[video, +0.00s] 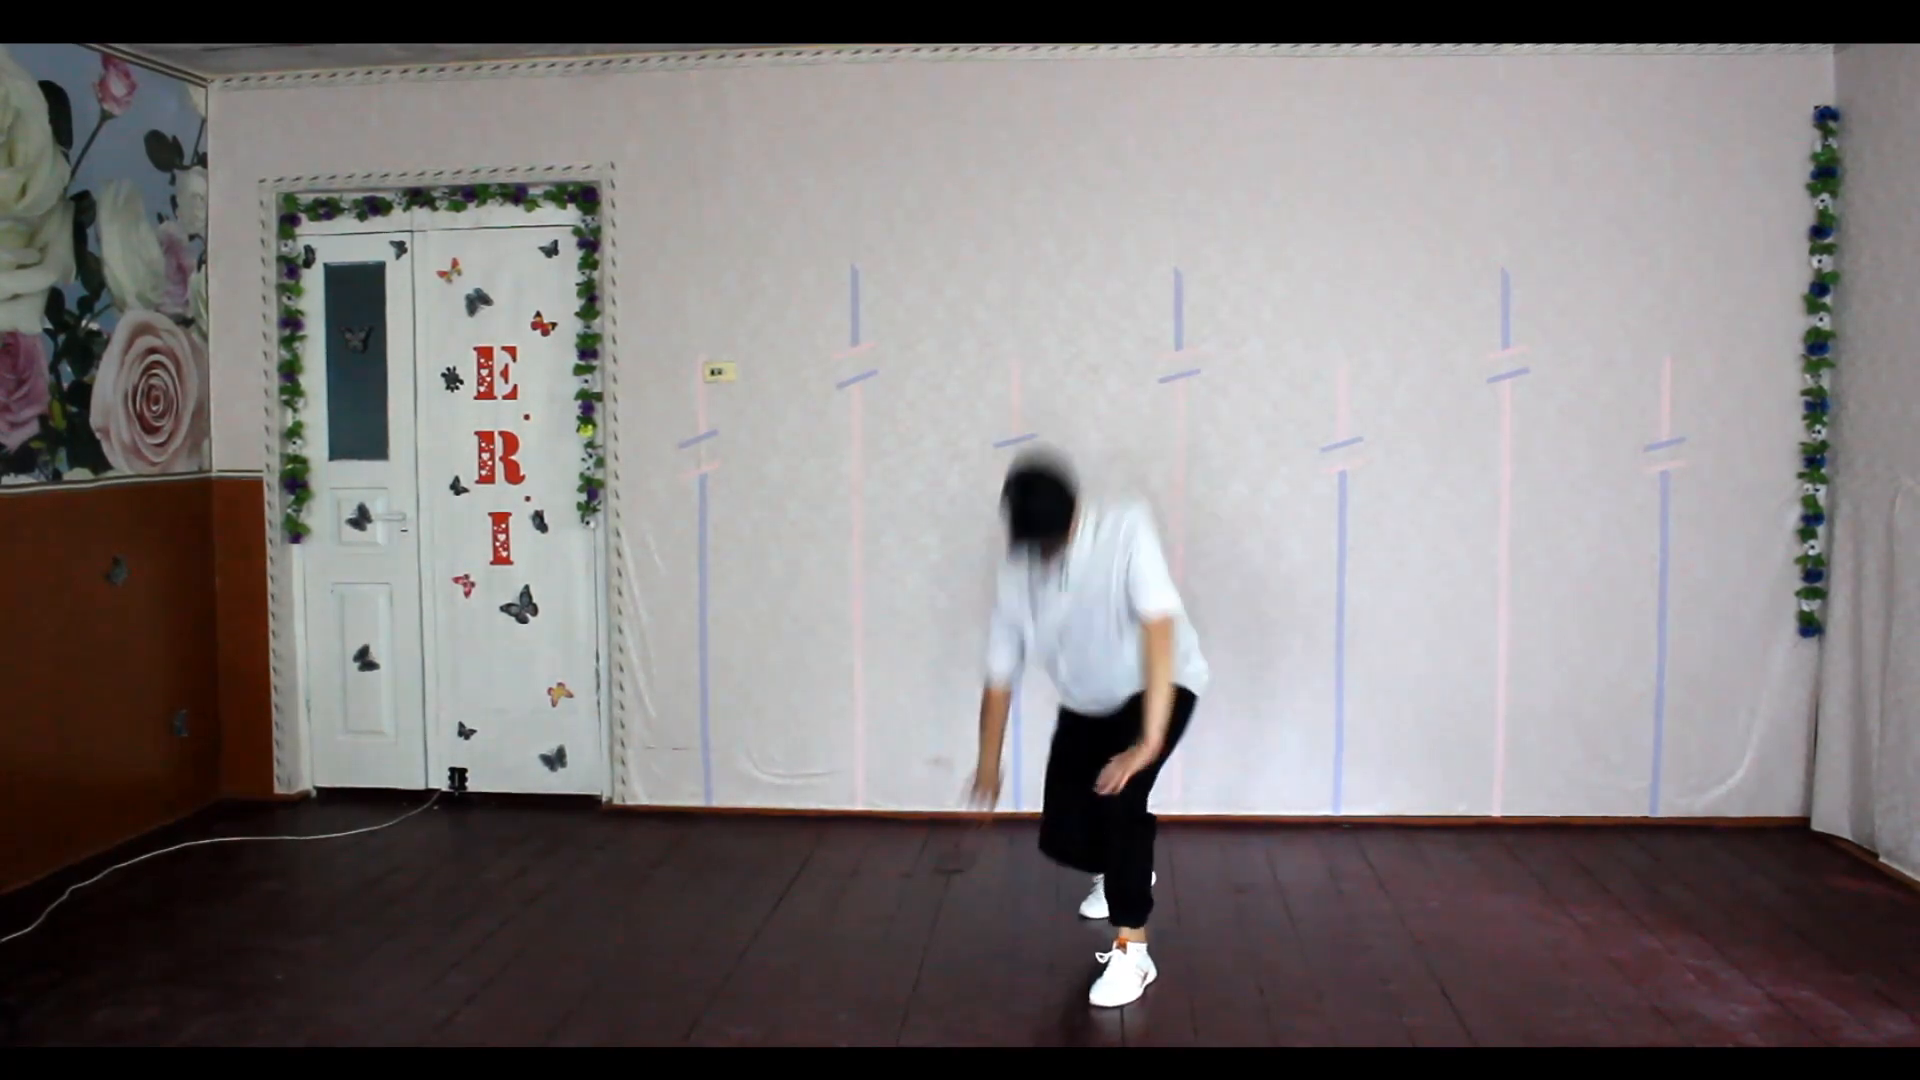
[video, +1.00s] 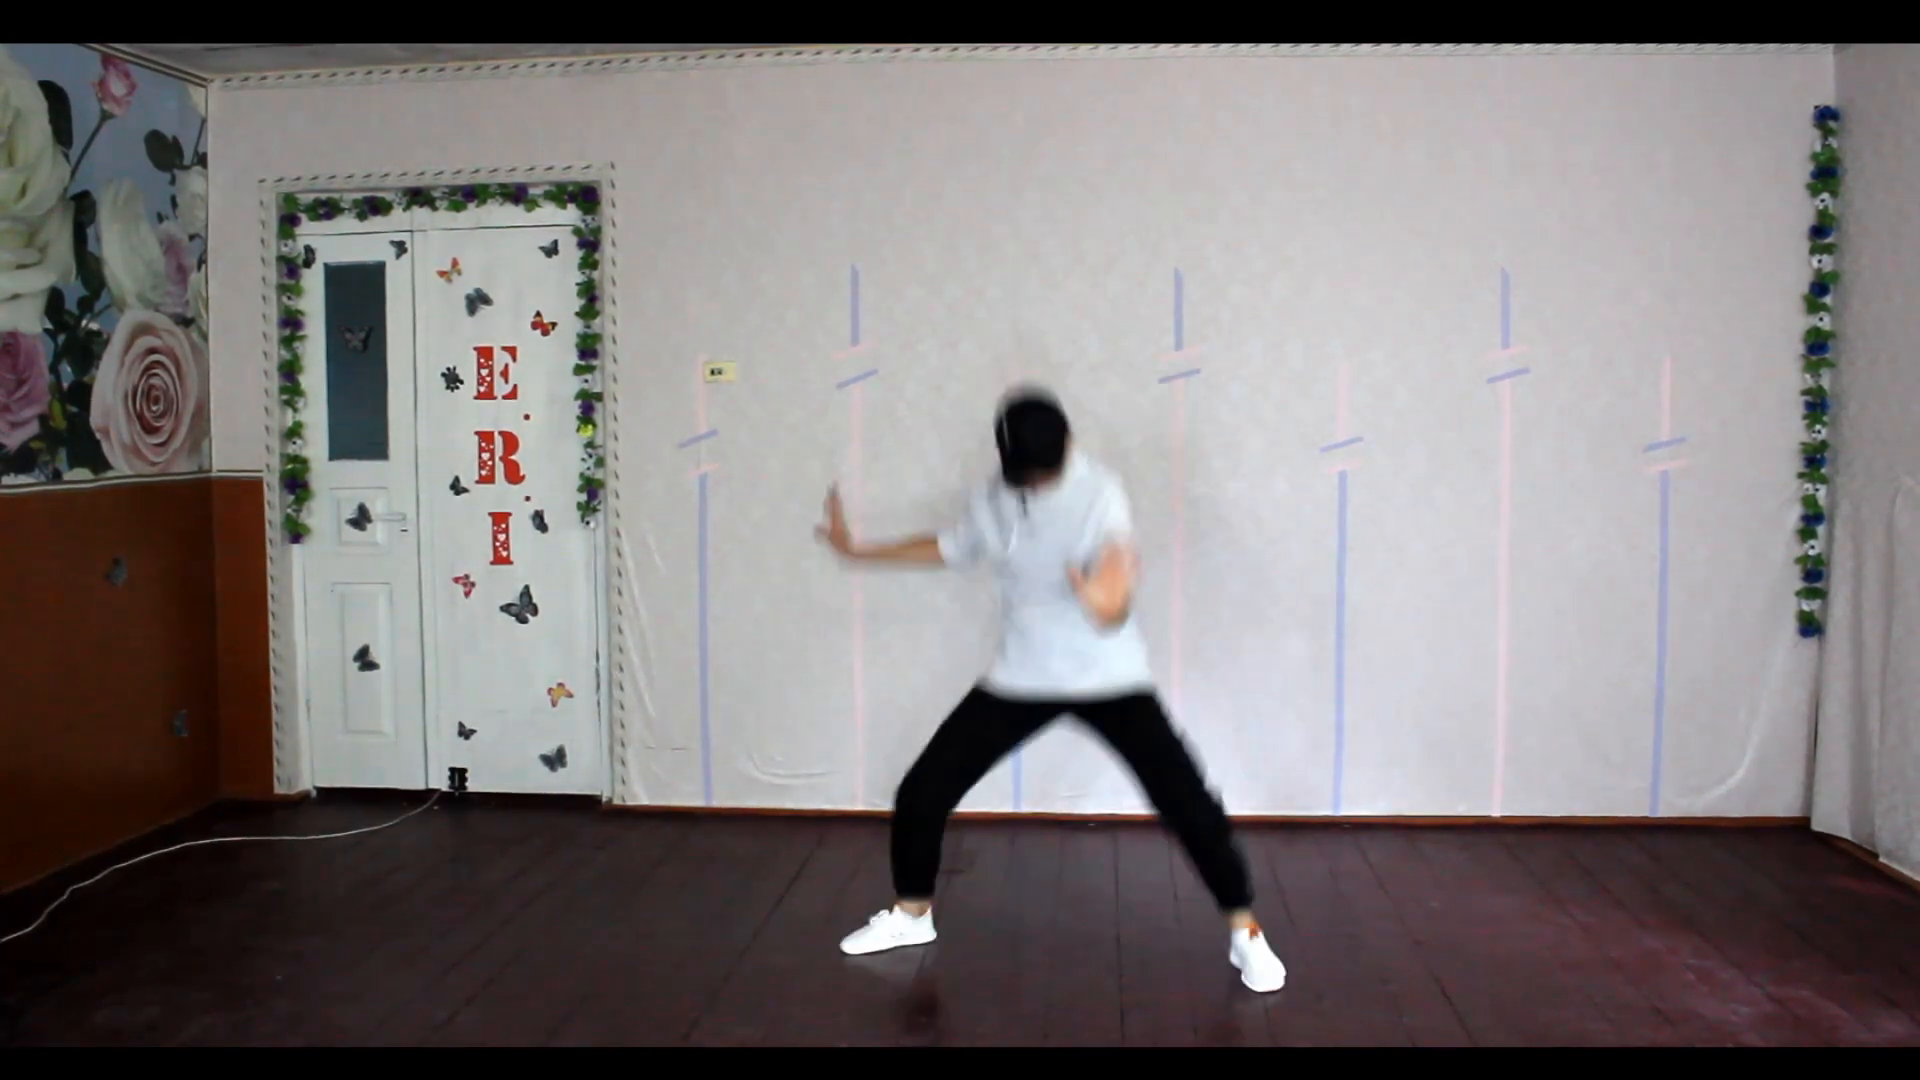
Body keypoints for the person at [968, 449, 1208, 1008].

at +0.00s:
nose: (1047, 551)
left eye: (1054, 539)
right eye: (1035, 543)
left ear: (1071, 515)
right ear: (1018, 529)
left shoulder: (1124, 529)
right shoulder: (1017, 566)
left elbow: (1161, 629)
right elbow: (1000, 674)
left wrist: (1150, 740)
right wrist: (988, 764)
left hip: (1153, 693)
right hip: (1085, 702)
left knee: (1121, 806)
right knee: (1063, 832)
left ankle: (1131, 951)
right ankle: (1126, 868)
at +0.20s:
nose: (1069, 373)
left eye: (1077, 359)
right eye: (1059, 360)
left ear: (1094, 346)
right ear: (1047, 351)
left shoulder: (1143, 385)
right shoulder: (1026, 410)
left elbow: (1160, 476)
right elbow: (1000, 498)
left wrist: (1068, 545)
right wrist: (1034, 556)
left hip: (1139, 604)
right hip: (1063, 609)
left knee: (1132, 747)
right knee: (1059, 731)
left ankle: (1143, 915)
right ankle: (1095, 840)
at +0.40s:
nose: (1083, 365)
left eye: (1091, 352)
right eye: (1071, 353)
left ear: (1108, 336)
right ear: (1052, 342)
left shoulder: (1149, 390)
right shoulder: (1027, 401)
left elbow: (1166, 494)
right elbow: (1007, 483)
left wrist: (1069, 509)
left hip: (1130, 606)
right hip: (1050, 604)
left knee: (1122, 754)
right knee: (1049, 755)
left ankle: (1124, 910)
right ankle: (1055, 908)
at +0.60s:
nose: (1085, 405)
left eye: (1095, 393)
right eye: (1073, 395)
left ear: (1111, 377)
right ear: (1051, 380)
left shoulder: (1147, 430)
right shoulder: (1018, 436)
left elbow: (1167, 528)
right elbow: (990, 523)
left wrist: (1073, 546)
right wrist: (1040, 553)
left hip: (1124, 636)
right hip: (1043, 634)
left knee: (1114, 777)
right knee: (1050, 781)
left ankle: (1113, 916)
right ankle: (1065, 925)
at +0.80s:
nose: (1052, 388)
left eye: (1064, 376)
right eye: (1041, 376)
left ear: (1088, 354)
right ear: (1023, 360)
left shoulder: (1132, 396)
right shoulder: (1005, 406)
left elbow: (1179, 470)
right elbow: (959, 454)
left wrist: (1094, 512)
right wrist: (967, 538)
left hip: (1118, 612)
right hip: (1034, 610)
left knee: (1127, 759)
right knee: (1015, 762)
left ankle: (1129, 909)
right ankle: (1043, 909)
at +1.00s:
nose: (1036, 486)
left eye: (1045, 475)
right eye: (1025, 477)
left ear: (1064, 455)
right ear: (1006, 460)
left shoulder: (1099, 494)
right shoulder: (995, 500)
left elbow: (1116, 595)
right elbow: (949, 548)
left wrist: (1102, 599)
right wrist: (858, 552)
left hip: (1110, 680)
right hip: (1021, 680)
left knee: (1187, 801)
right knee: (922, 794)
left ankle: (1246, 931)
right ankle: (912, 913)